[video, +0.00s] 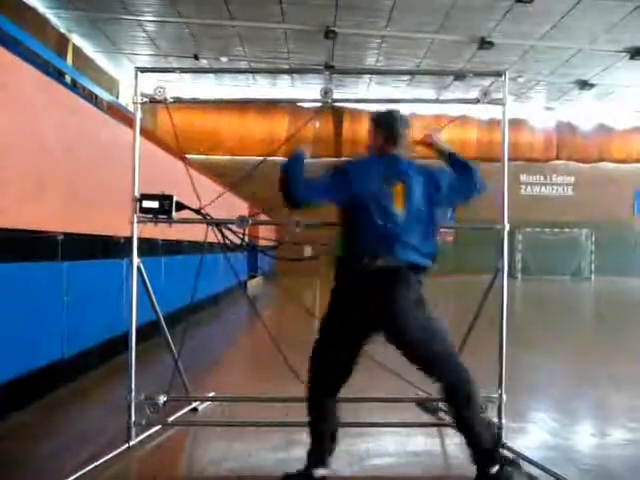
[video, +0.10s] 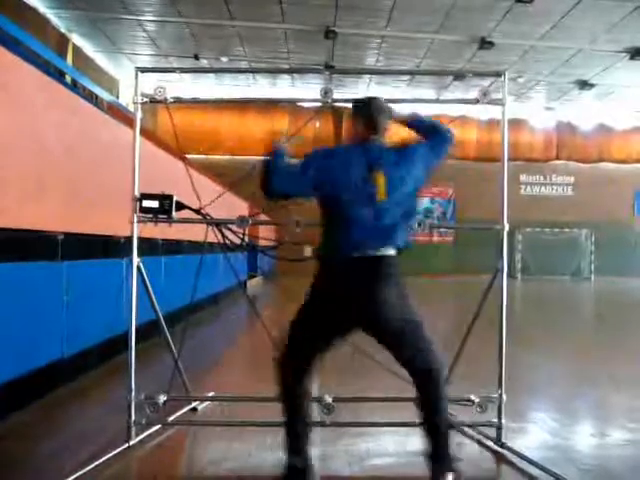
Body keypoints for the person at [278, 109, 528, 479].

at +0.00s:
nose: (372, 140)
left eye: (373, 134)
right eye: (377, 134)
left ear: (377, 137)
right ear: (405, 139)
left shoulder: (358, 173)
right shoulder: (429, 178)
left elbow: (297, 195)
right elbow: (473, 183)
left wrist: (296, 158)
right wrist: (445, 151)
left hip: (355, 292)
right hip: (403, 293)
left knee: (324, 375)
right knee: (451, 371)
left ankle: (318, 461)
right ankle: (489, 459)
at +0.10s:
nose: (348, 129)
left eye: (350, 123)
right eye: (354, 122)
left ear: (355, 126)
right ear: (386, 127)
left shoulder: (330, 162)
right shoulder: (406, 162)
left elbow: (275, 185)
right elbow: (441, 138)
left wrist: (278, 152)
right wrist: (406, 118)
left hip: (334, 290)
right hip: (382, 291)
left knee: (294, 363)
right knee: (427, 367)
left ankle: (297, 465)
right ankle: (442, 466)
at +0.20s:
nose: (319, 120)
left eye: (320, 114)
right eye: (324, 113)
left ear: (324, 117)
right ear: (356, 116)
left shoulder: (304, 158)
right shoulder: (380, 148)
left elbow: (240, 168)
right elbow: (421, 129)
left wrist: (227, 133)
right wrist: (382, 108)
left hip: (323, 286)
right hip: (372, 287)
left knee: (253, 353)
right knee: (412, 374)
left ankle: (251, 454)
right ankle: (445, 465)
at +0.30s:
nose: (270, 132)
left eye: (270, 127)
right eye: (285, 128)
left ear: (269, 131)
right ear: (302, 130)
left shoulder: (254, 161)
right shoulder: (325, 162)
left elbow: (208, 138)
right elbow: (377, 182)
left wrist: (173, 103)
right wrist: (388, 158)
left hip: (301, 289)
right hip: (345, 281)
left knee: (241, 381)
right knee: (402, 364)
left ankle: (187, 464)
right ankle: (466, 441)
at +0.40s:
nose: (281, 147)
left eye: (274, 141)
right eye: (281, 142)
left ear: (247, 147)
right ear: (280, 148)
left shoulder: (226, 181)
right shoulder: (293, 184)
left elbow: (195, 154)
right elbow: (322, 234)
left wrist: (167, 114)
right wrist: (371, 224)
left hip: (280, 307)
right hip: (326, 298)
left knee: (195, 379)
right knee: (389, 377)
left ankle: (169, 468)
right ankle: (462, 451)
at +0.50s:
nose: (294, 146)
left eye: (292, 141)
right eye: (292, 141)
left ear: (254, 145)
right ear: (287, 145)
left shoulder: (226, 189)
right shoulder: (302, 179)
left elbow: (177, 206)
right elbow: (341, 225)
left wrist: (164, 160)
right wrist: (373, 207)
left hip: (275, 301)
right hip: (322, 292)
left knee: (200, 378)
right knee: (364, 374)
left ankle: (169, 468)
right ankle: (417, 456)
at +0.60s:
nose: (324, 132)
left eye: (321, 126)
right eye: (322, 127)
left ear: (285, 133)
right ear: (317, 131)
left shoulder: (266, 173)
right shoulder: (338, 162)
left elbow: (218, 214)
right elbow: (387, 190)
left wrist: (226, 179)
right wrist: (379, 160)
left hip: (299, 290)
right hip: (346, 288)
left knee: (245, 372)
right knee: (367, 377)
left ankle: (208, 461)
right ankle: (387, 465)